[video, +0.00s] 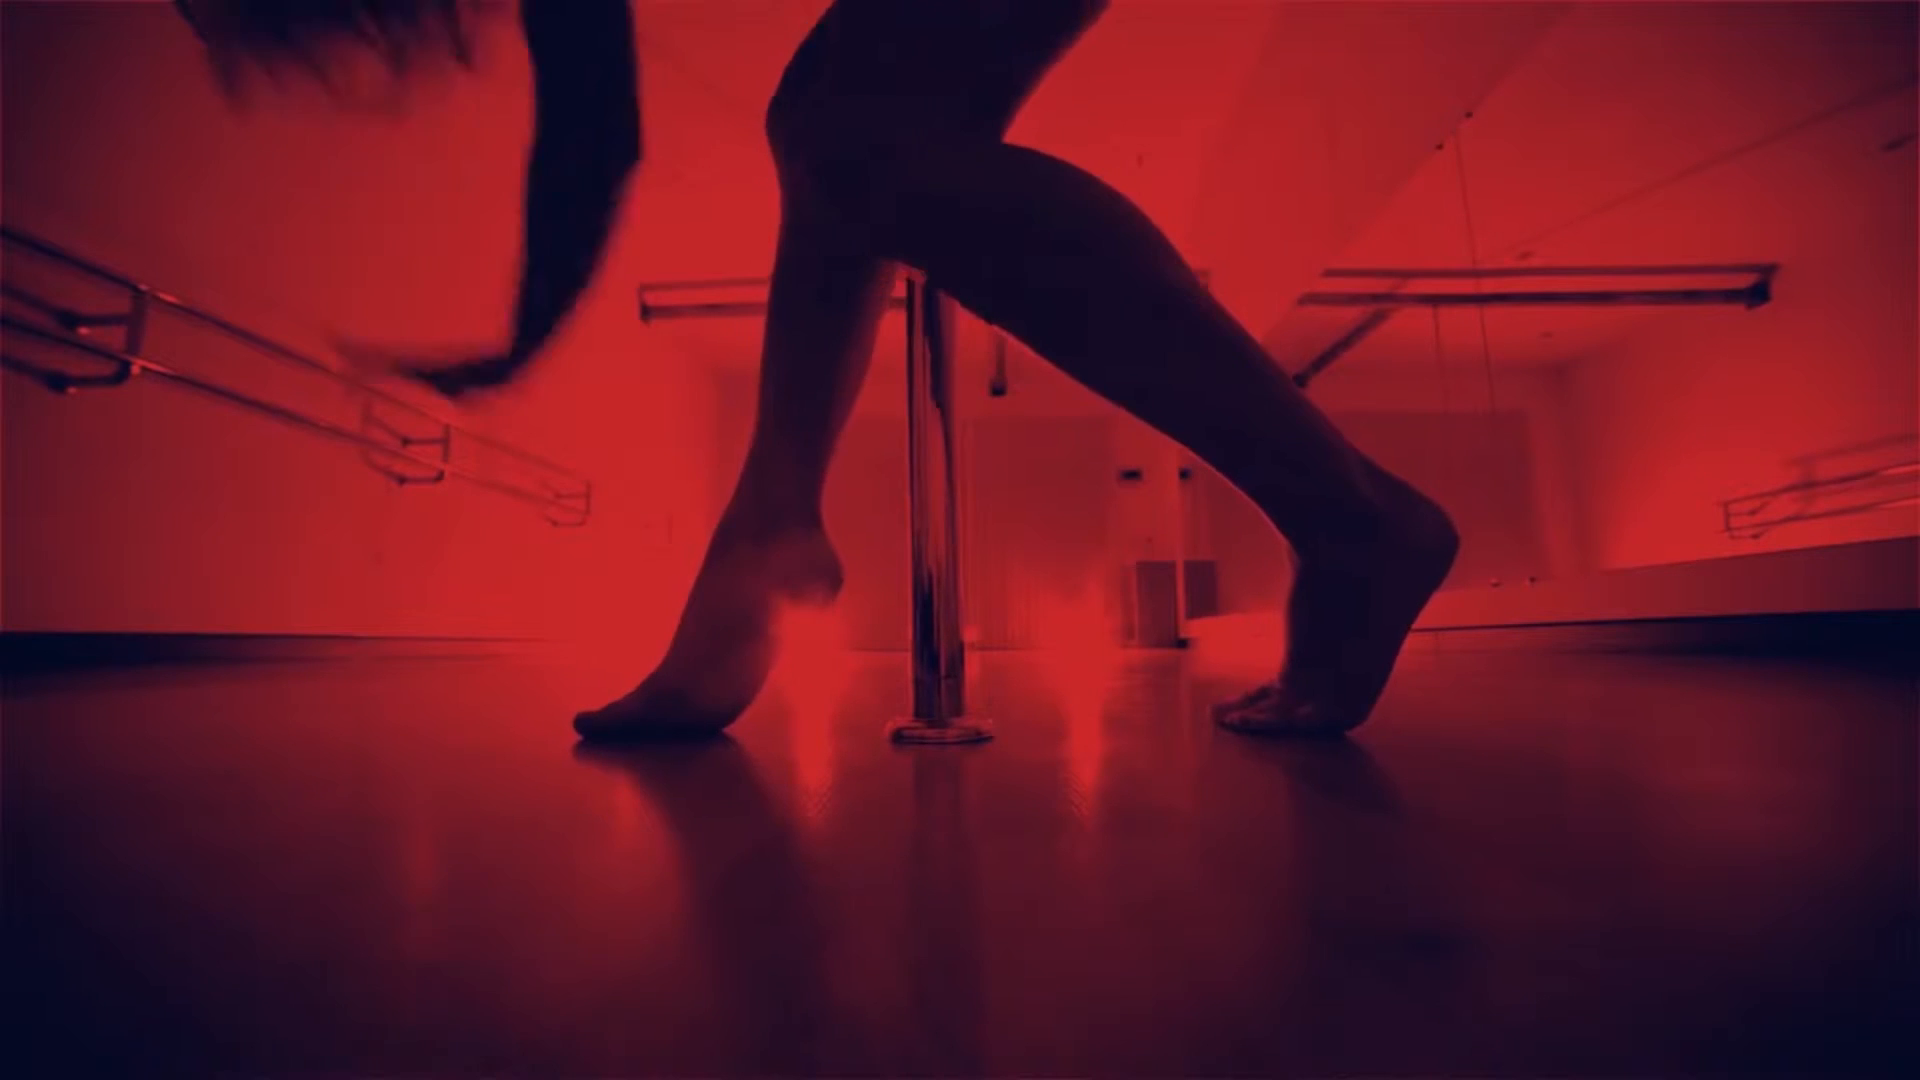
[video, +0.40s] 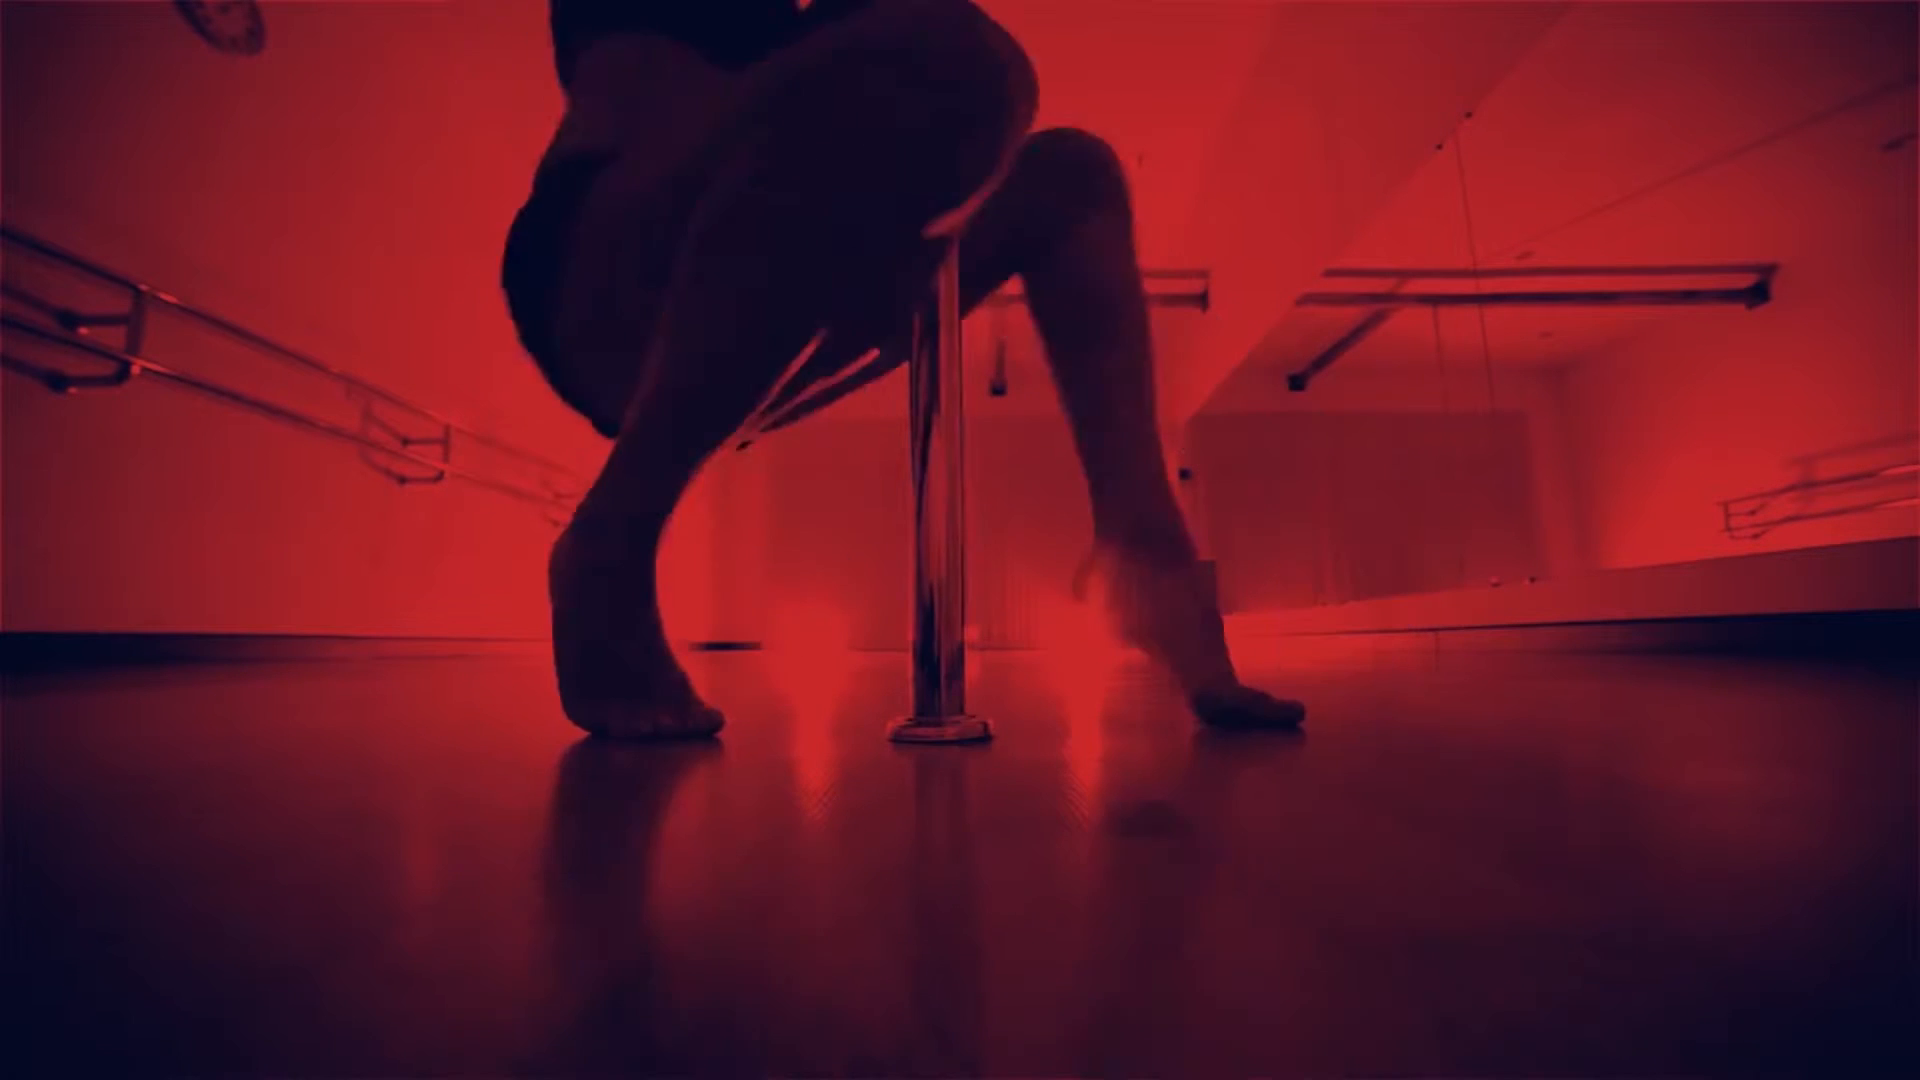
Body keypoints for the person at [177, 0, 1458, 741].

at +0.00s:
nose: (367, 56)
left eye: (321, 41)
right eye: (326, 48)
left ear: (335, 3)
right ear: (338, 5)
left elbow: (591, 126)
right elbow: (583, 124)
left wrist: (521, 337)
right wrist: (522, 334)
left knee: (888, 141)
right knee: (832, 118)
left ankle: (1353, 518)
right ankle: (772, 525)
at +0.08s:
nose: (502, 132)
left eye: (480, 108)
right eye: (484, 123)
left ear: (454, 46)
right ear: (440, 33)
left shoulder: (546, 2)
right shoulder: (552, 12)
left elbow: (616, 146)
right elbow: (620, 148)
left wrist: (613, 425)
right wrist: (607, 421)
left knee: (897, 132)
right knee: (846, 125)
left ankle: (1357, 525)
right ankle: (776, 532)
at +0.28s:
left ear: (526, 63)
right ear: (503, 66)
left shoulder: (541, 20)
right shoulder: (558, 25)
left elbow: (627, 189)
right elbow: (624, 193)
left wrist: (687, 500)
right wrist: (746, 509)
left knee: (893, 142)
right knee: (852, 126)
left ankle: (1356, 525)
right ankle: (788, 532)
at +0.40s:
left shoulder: (838, 31)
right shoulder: (613, 18)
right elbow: (624, 112)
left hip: (766, 341)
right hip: (602, 302)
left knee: (1075, 177)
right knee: (954, 64)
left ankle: (1146, 548)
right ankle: (609, 550)